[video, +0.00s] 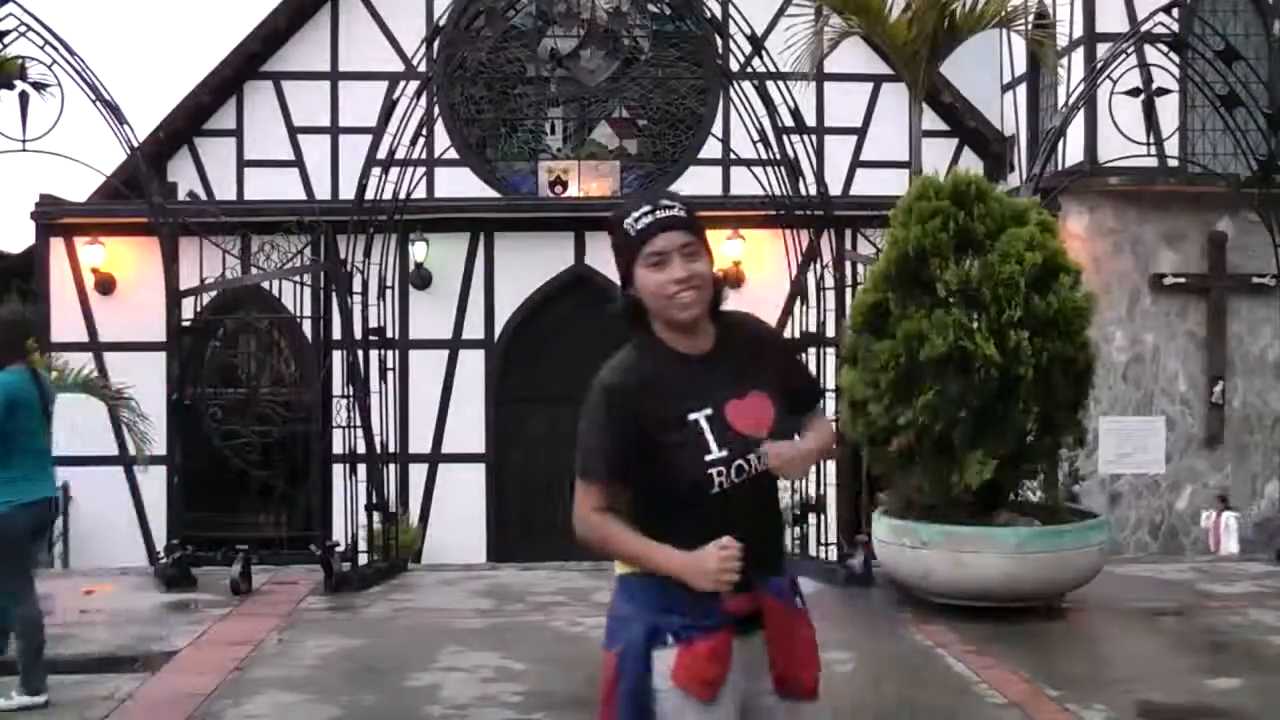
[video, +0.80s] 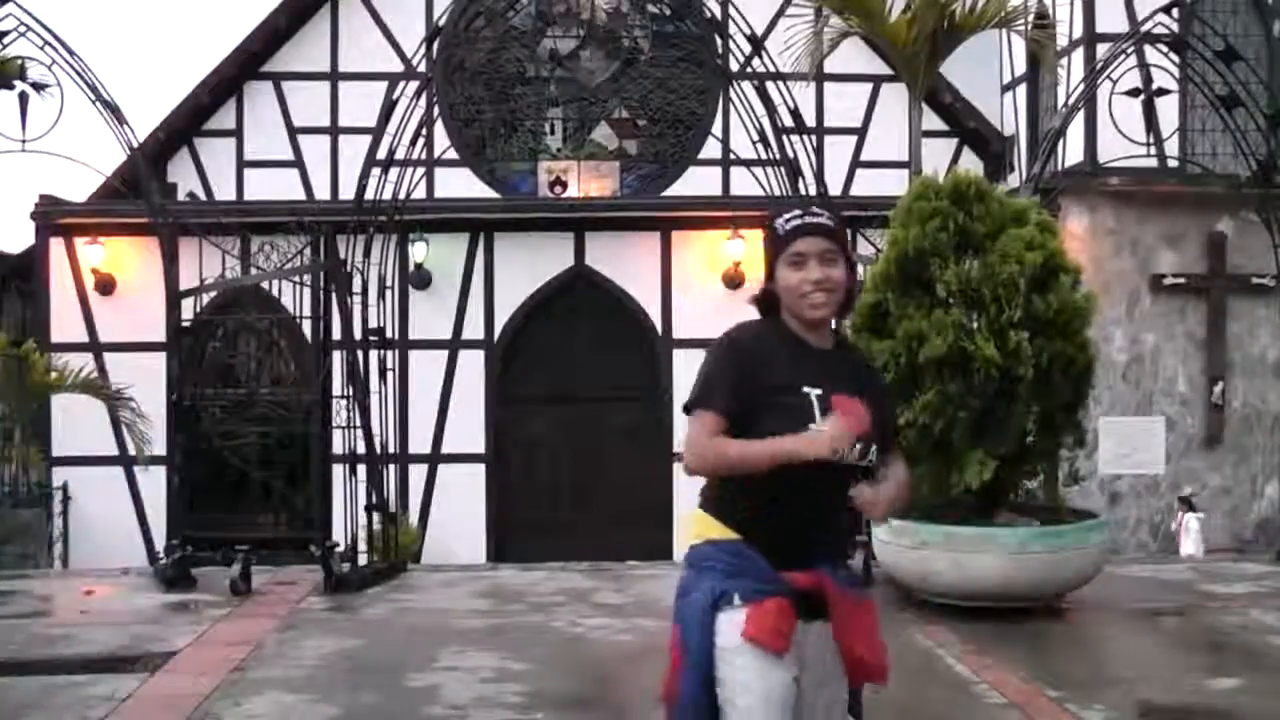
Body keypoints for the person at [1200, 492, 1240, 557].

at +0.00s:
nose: (1216, 505)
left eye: (1218, 503)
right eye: (1215, 502)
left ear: (1223, 504)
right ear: (1214, 503)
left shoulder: (1229, 516)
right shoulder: (1213, 515)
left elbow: (1233, 534)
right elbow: (1204, 526)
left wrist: (1233, 549)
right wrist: (1205, 516)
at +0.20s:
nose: (1205, 505)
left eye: (1208, 502)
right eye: (1204, 502)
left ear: (1213, 504)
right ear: (1203, 504)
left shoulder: (1220, 516)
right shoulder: (1203, 514)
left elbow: (1223, 534)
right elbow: (1194, 523)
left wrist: (1223, 549)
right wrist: (1195, 512)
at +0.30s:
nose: (1204, 505)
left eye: (1207, 503)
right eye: (1203, 502)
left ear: (1211, 504)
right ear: (1201, 503)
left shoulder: (1217, 517)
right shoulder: (1200, 514)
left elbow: (1219, 534)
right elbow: (1191, 521)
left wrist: (1218, 549)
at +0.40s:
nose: (1201, 505)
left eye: (1203, 503)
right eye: (1200, 503)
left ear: (1207, 504)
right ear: (1198, 503)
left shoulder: (1214, 517)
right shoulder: (1198, 514)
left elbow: (1216, 534)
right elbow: (1189, 521)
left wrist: (1214, 549)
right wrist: (1190, 511)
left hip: (1209, 548)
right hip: (1198, 546)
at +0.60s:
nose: (1190, 505)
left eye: (1192, 503)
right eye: (1190, 503)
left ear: (1198, 504)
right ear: (1189, 503)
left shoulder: (1204, 517)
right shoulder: (1191, 514)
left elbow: (1205, 534)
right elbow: (1186, 527)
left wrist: (1199, 547)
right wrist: (1182, 516)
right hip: (1191, 547)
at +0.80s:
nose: (1178, 507)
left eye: (1180, 504)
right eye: (1178, 504)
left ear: (1185, 506)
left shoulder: (1192, 519)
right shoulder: (1181, 516)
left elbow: (1194, 537)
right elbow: (1174, 528)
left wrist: (1191, 551)